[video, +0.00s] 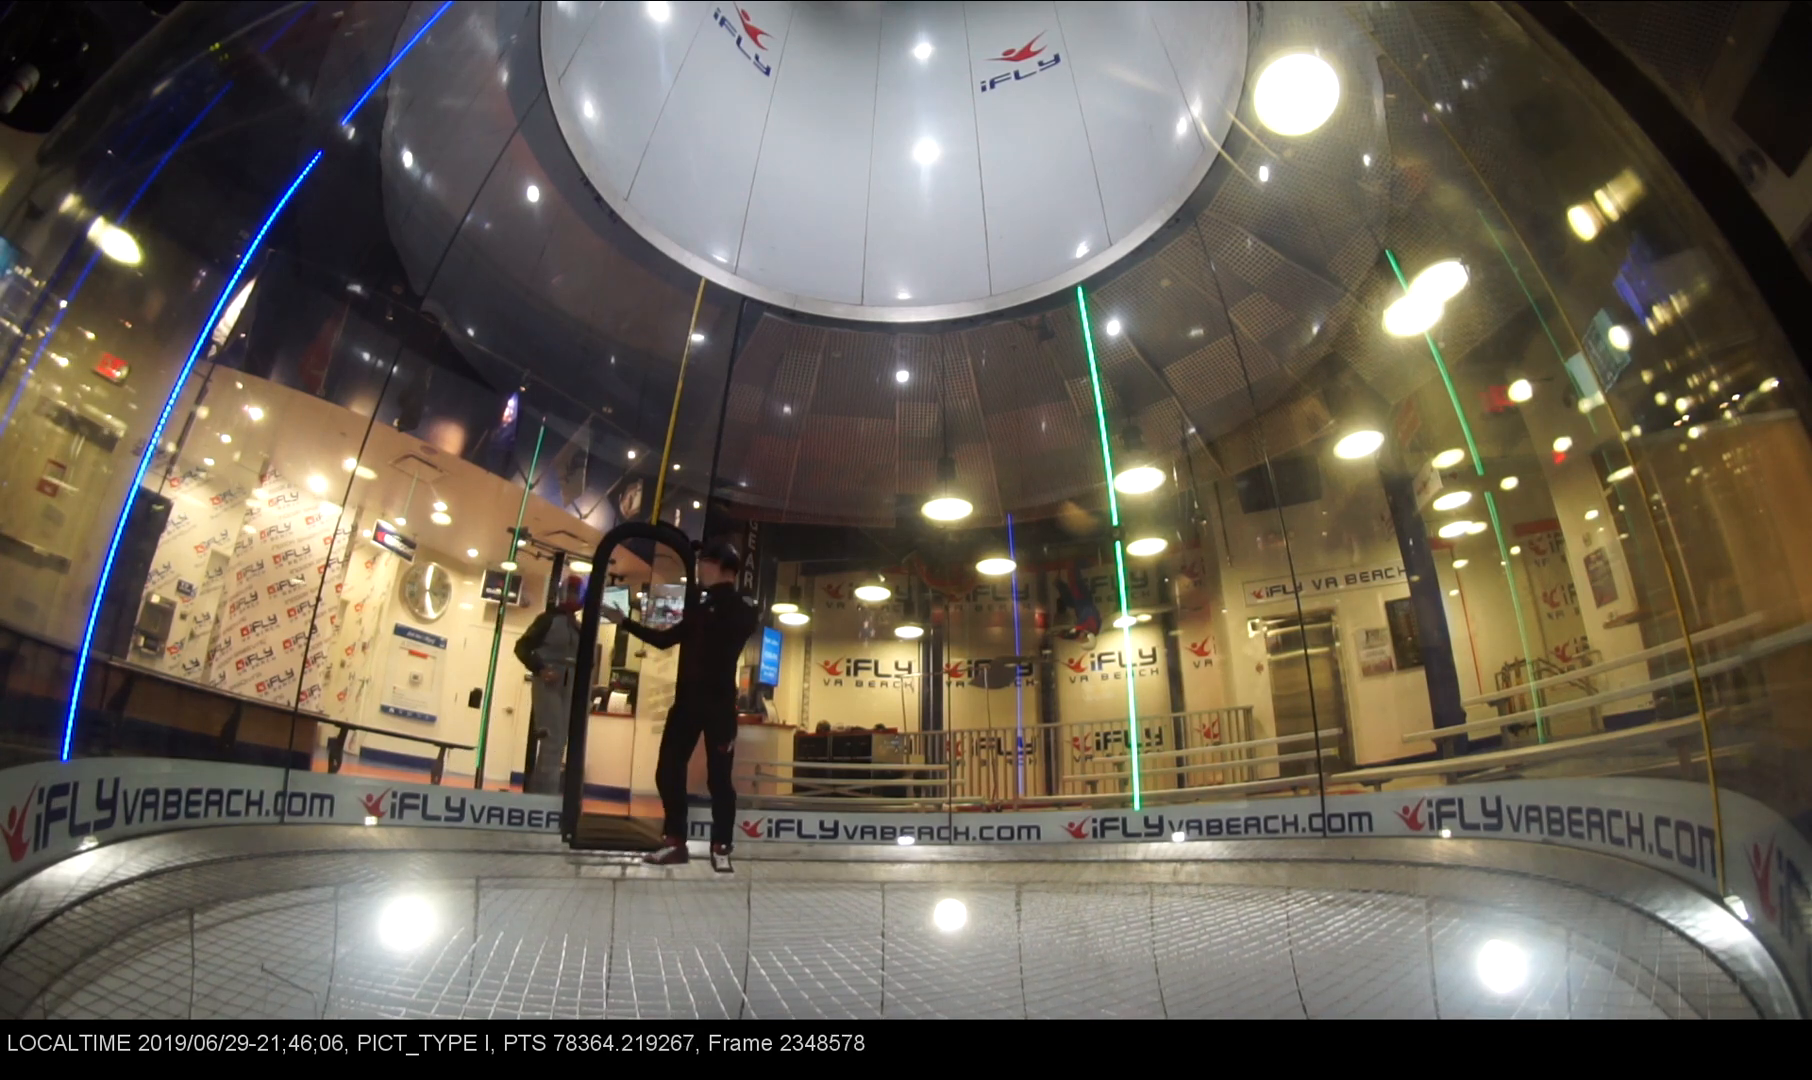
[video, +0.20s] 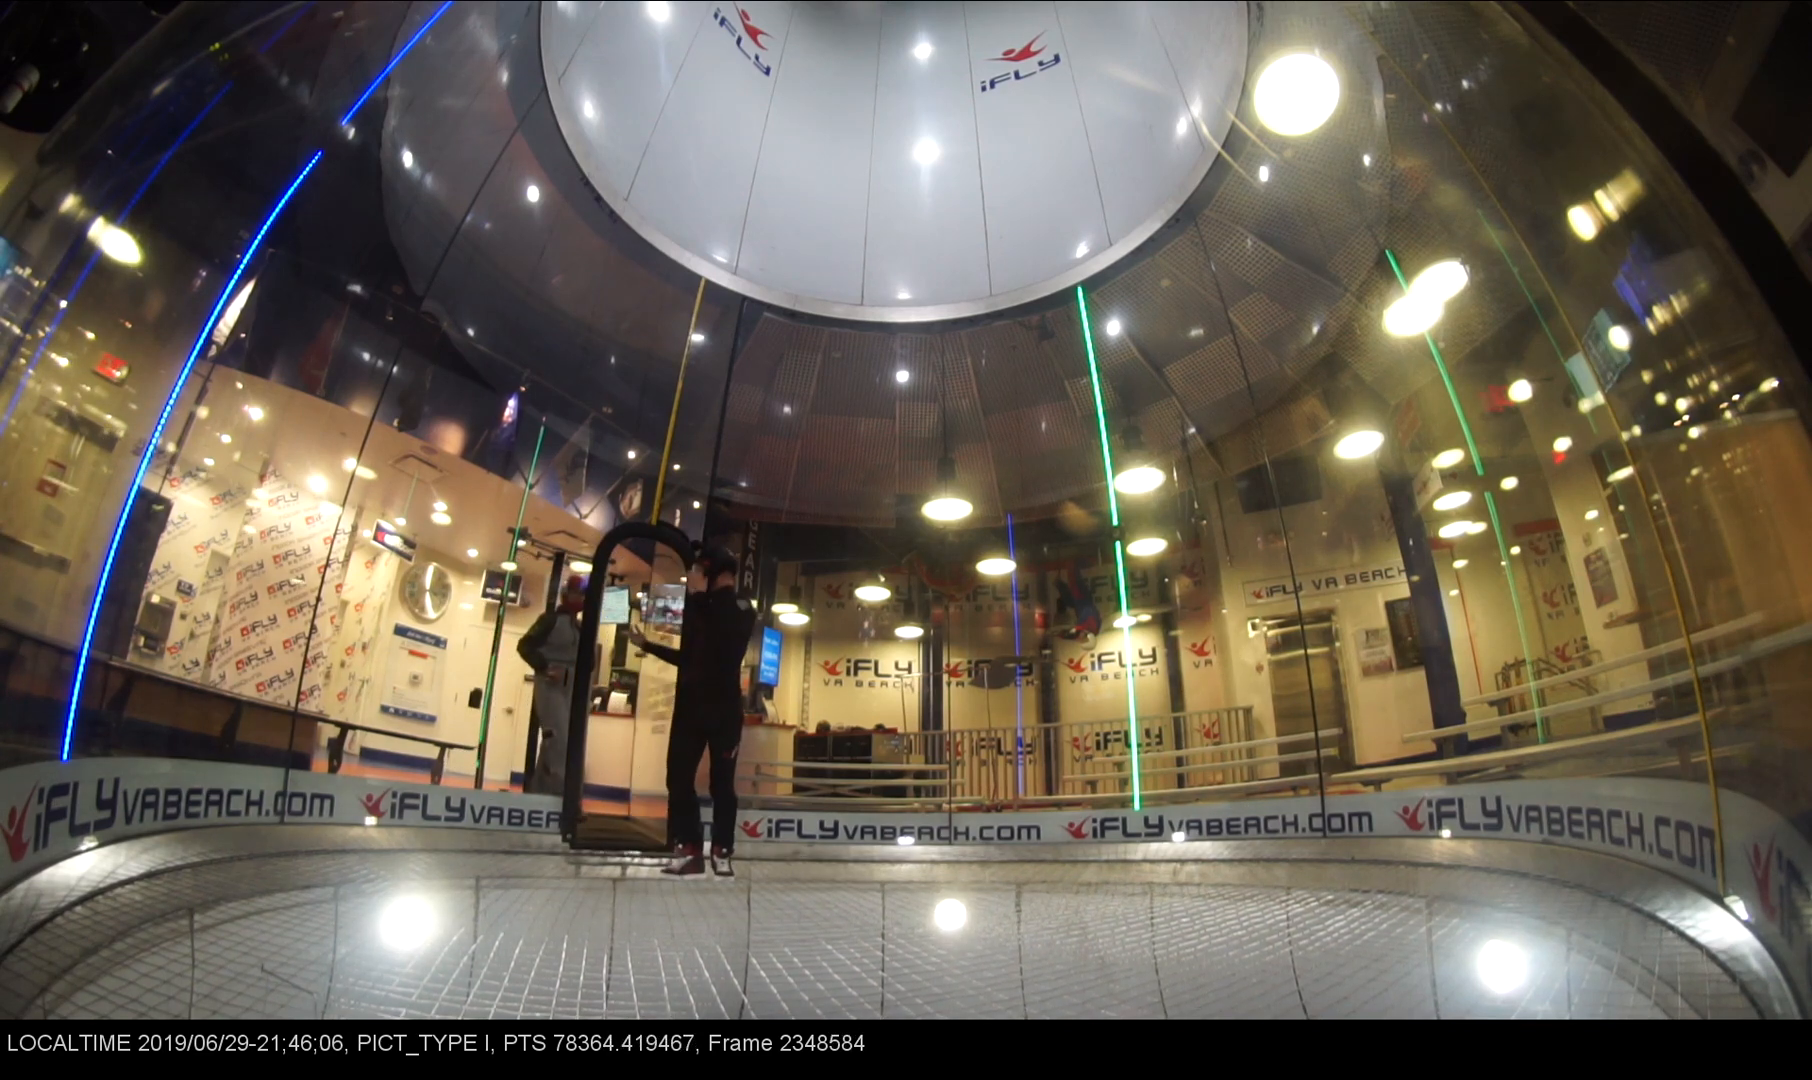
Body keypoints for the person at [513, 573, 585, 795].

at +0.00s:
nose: (576, 597)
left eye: (578, 592)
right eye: (572, 591)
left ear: (582, 596)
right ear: (563, 593)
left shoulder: (577, 625)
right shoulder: (549, 619)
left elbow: (587, 656)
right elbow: (522, 647)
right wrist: (540, 668)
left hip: (570, 684)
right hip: (549, 682)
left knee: (559, 739)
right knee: (553, 738)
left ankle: (548, 794)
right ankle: (543, 795)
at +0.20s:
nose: (581, 600)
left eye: (583, 595)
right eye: (577, 594)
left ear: (585, 598)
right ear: (566, 595)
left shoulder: (579, 626)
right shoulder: (551, 619)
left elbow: (588, 662)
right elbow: (525, 645)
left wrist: (593, 652)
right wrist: (545, 668)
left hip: (574, 687)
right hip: (552, 685)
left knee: (561, 741)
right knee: (557, 739)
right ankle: (555, 796)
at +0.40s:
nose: (581, 598)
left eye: (584, 594)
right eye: (578, 593)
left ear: (588, 598)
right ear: (568, 594)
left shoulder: (584, 625)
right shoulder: (556, 618)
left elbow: (592, 660)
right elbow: (530, 645)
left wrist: (591, 655)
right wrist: (556, 659)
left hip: (576, 688)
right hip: (553, 686)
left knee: (564, 739)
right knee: (560, 737)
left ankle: (542, 787)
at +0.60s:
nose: (584, 597)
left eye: (588, 593)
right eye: (581, 591)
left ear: (593, 597)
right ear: (572, 593)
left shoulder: (588, 625)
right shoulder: (558, 618)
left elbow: (609, 655)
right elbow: (541, 643)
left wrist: (606, 627)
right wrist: (566, 619)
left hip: (582, 685)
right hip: (558, 681)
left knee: (567, 738)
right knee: (562, 736)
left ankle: (546, 787)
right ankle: (565, 791)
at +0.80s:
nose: (591, 600)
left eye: (594, 596)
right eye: (587, 594)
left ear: (598, 599)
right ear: (578, 595)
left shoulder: (599, 627)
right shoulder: (566, 621)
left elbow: (624, 636)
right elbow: (568, 620)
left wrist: (616, 606)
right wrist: (579, 595)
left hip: (590, 691)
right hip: (567, 688)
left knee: (579, 741)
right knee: (569, 740)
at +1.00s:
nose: (605, 601)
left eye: (609, 596)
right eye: (601, 595)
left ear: (611, 601)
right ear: (590, 595)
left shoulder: (611, 627)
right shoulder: (574, 619)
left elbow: (634, 634)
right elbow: (583, 617)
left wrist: (622, 602)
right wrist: (598, 590)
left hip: (602, 695)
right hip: (579, 692)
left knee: (596, 755)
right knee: (582, 754)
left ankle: (567, 796)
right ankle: (577, 810)